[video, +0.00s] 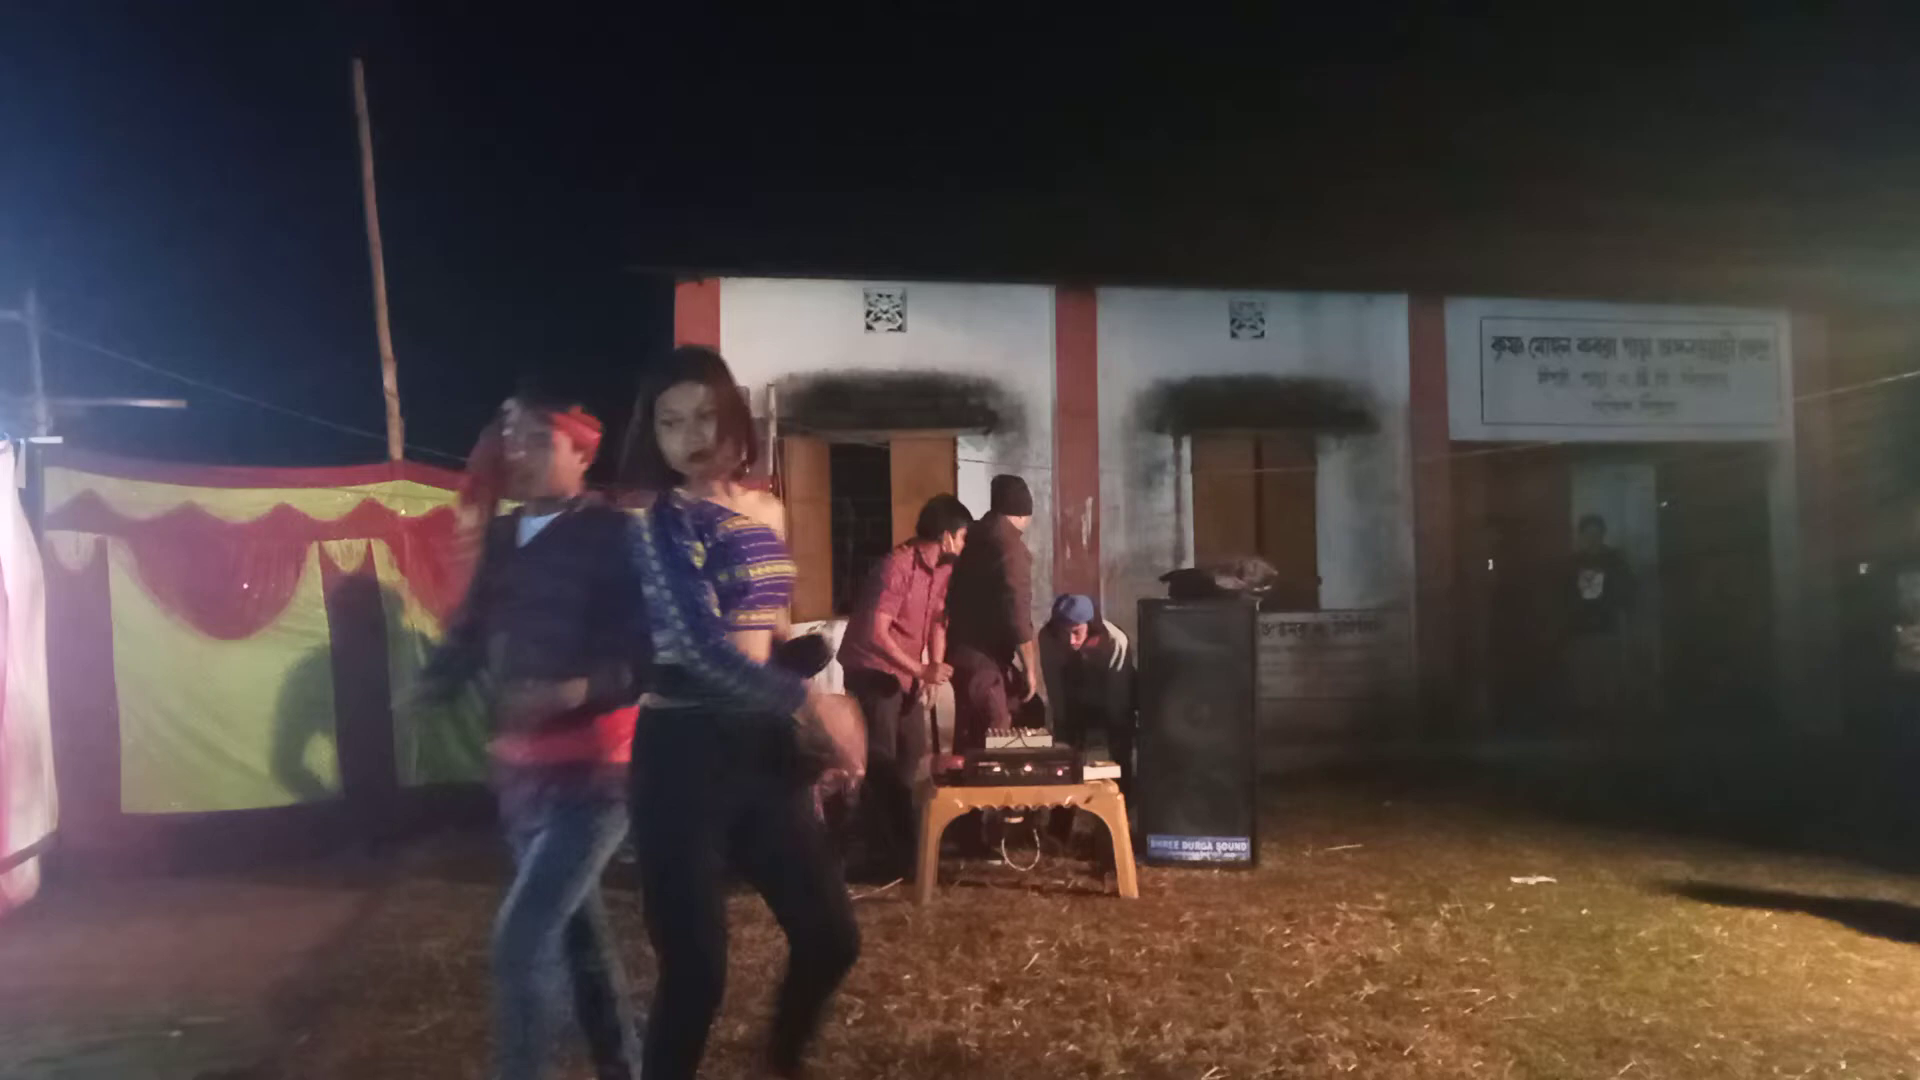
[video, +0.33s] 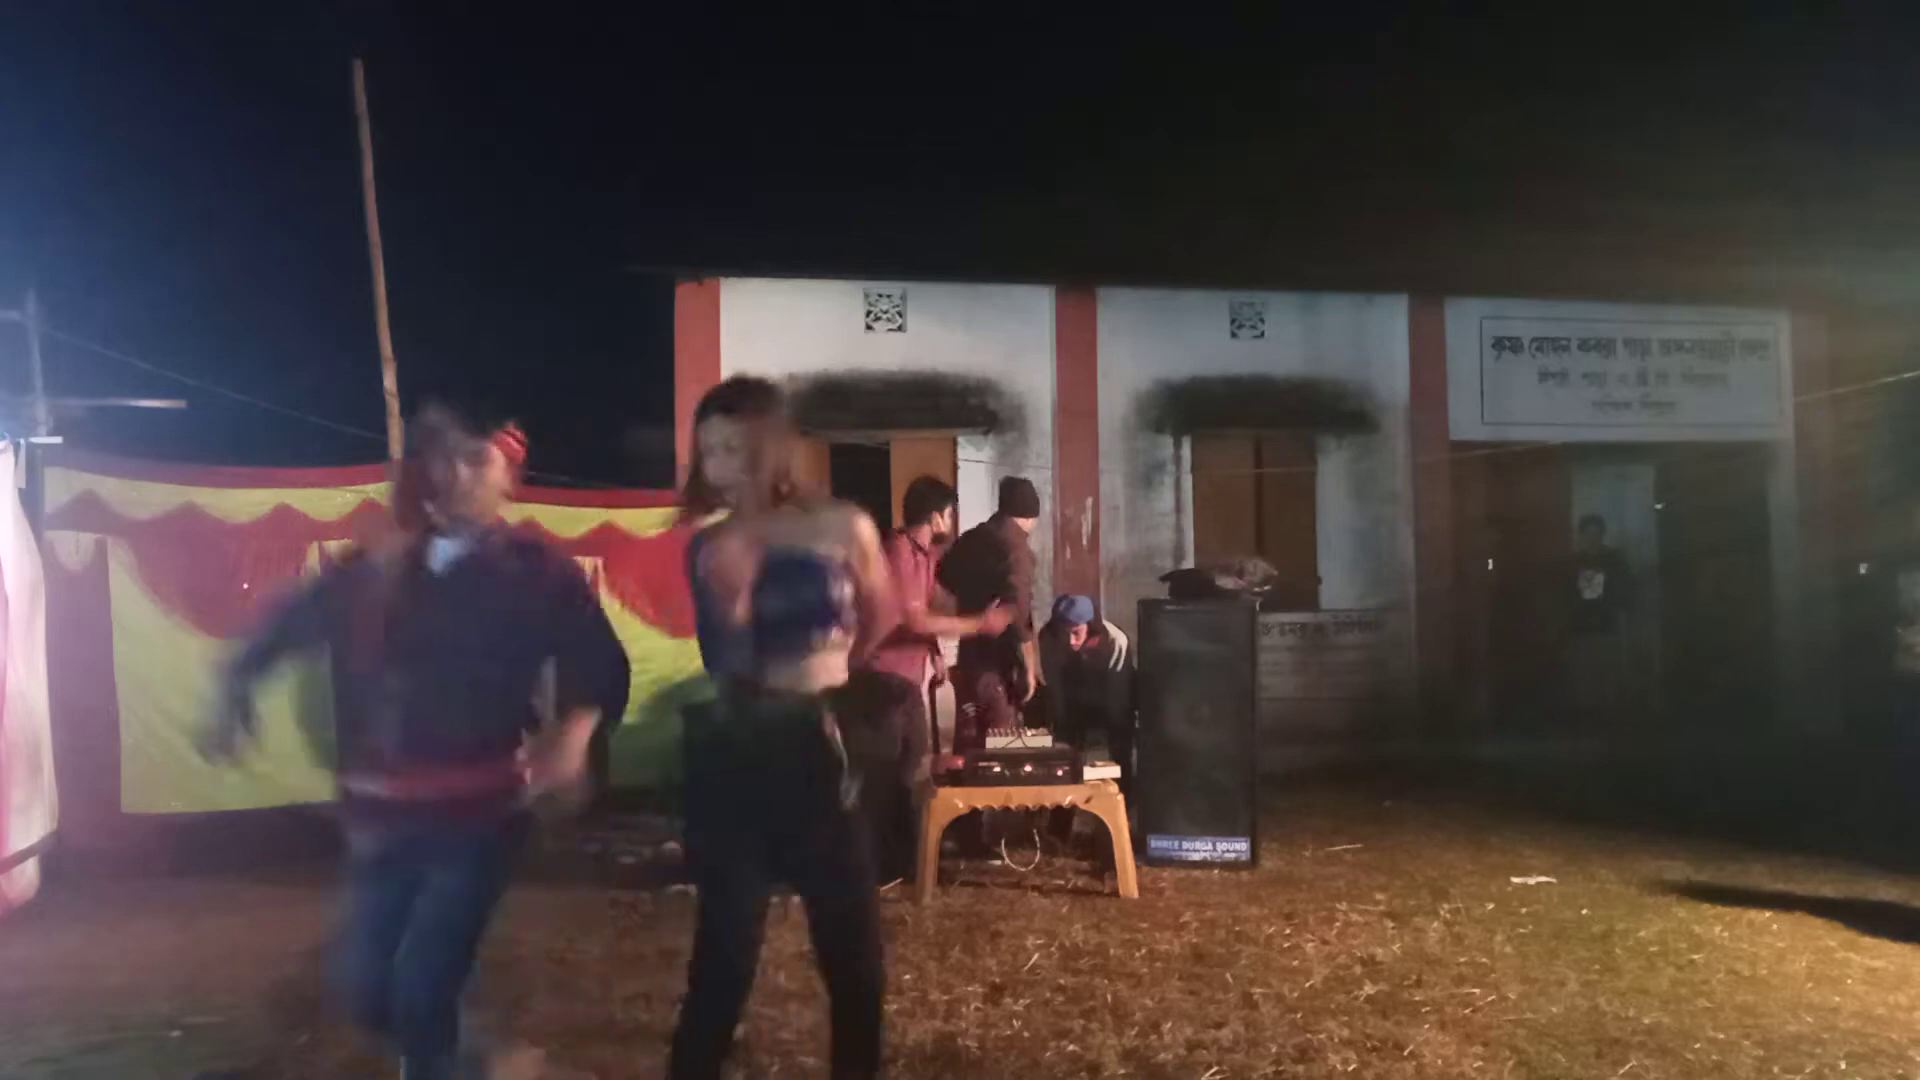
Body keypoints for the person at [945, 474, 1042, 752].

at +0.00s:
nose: (1029, 516)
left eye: (1029, 510)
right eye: (1028, 510)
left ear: (997, 504)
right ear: (1021, 511)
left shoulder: (974, 533)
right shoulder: (1011, 546)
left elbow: (956, 599)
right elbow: (1018, 615)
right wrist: (1030, 668)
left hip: (962, 653)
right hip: (986, 659)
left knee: (968, 742)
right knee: (997, 745)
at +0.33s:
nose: (1035, 520)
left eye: (1034, 513)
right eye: (1034, 514)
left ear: (1003, 507)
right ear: (1028, 513)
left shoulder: (972, 537)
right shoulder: (1016, 548)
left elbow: (944, 579)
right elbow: (1019, 614)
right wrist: (1029, 666)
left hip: (970, 657)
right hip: (1000, 661)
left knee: (969, 743)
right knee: (1002, 742)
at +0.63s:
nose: (1053, 537)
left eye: (1054, 529)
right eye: (1050, 529)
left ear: (1035, 524)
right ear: (1037, 526)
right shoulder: (1019, 552)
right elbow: (1012, 628)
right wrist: (1029, 665)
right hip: (1013, 675)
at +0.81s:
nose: (1063, 542)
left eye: (1068, 535)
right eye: (1059, 533)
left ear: (1073, 533)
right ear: (1044, 527)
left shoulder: (1068, 552)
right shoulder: (1015, 553)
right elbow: (995, 598)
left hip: (1057, 640)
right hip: (1019, 641)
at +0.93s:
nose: (1063, 540)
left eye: (1069, 534)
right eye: (1059, 531)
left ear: (1074, 532)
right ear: (1043, 526)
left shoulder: (1071, 552)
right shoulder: (1012, 552)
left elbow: (1081, 595)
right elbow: (986, 596)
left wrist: (1086, 628)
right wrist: (1003, 637)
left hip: (1060, 639)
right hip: (1019, 641)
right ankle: (1016, 708)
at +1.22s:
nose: (1059, 532)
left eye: (1067, 527)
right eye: (1055, 524)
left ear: (1075, 528)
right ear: (1044, 519)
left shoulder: (1083, 553)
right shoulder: (1016, 548)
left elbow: (1096, 592)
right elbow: (985, 582)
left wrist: (1096, 625)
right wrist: (1003, 614)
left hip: (1074, 639)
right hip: (1028, 641)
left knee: (1124, 641)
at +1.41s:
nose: (1068, 524)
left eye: (1076, 518)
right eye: (1063, 516)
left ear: (1084, 519)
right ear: (1052, 513)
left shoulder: (1095, 547)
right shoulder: (1025, 541)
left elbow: (1107, 590)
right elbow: (995, 576)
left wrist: (1111, 620)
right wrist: (1024, 602)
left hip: (1089, 629)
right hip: (1040, 630)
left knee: (1132, 637)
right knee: (1061, 628)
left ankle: (1133, 723)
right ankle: (1075, 717)